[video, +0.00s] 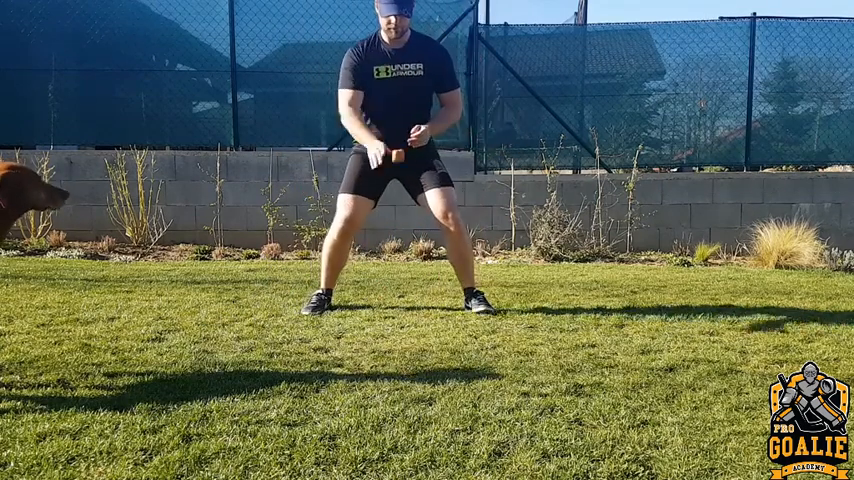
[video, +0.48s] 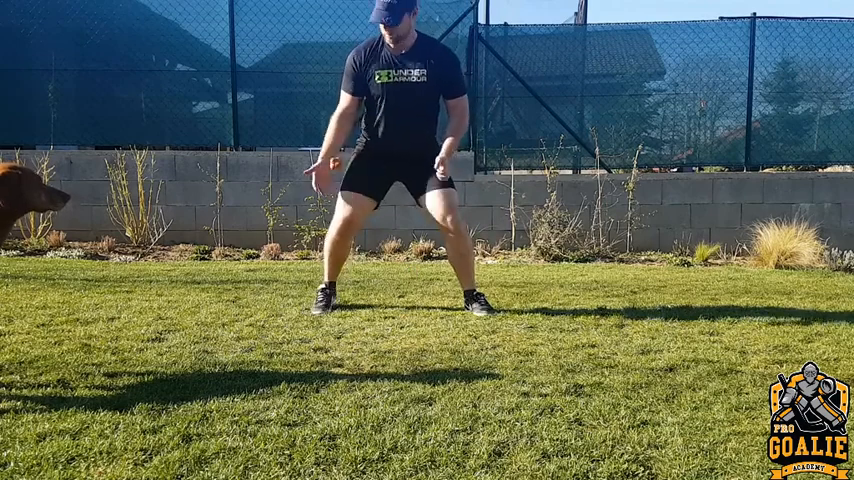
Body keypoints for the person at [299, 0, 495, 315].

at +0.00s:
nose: (394, 22)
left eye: (401, 15)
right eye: (388, 15)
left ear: (410, 15)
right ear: (378, 15)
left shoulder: (434, 52)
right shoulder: (359, 54)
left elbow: (453, 107)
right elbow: (347, 110)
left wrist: (430, 129)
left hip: (418, 146)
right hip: (371, 147)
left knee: (449, 215)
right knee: (345, 221)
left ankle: (471, 294)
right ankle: (324, 293)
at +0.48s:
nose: (388, 31)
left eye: (394, 24)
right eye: (383, 24)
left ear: (414, 15)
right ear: (377, 19)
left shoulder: (440, 57)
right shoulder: (362, 57)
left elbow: (459, 113)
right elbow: (345, 112)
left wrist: (447, 150)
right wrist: (326, 156)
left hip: (423, 156)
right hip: (374, 155)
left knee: (451, 220)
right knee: (344, 221)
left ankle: (472, 295)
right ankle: (327, 289)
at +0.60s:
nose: (345, 40)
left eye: (351, 34)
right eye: (343, 34)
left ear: (373, 26)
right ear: (342, 30)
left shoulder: (416, 64)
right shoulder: (338, 69)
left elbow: (443, 122)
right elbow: (328, 121)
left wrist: (423, 163)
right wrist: (307, 162)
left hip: (409, 162)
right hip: (360, 161)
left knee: (439, 225)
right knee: (327, 222)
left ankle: (470, 294)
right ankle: (310, 290)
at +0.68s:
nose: (324, 47)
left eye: (328, 40)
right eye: (321, 42)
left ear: (351, 32)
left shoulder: (395, 67)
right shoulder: (323, 78)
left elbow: (427, 121)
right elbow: (318, 127)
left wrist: (407, 167)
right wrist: (297, 166)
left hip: (400, 165)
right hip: (352, 165)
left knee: (434, 229)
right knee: (318, 227)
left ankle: (470, 294)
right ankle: (311, 294)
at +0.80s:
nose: (291, 59)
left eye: (294, 51)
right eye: (287, 53)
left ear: (316, 39)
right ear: (286, 50)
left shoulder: (361, 68)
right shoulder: (298, 86)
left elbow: (394, 122)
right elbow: (304, 136)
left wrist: (367, 168)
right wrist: (288, 141)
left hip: (387, 158)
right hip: (341, 163)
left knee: (425, 227)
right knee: (312, 227)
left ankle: (469, 294)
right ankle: (311, 294)